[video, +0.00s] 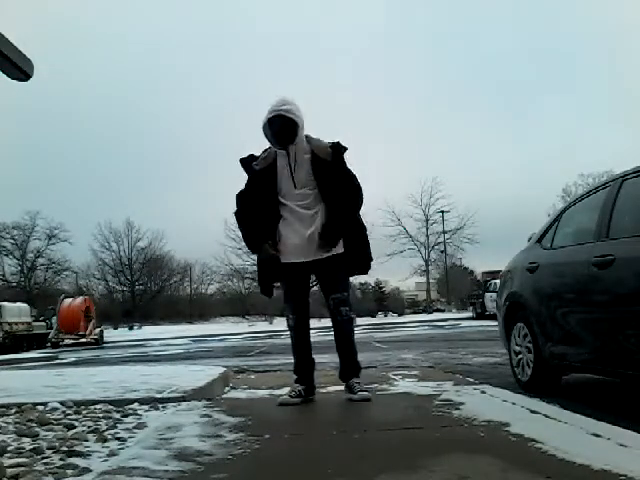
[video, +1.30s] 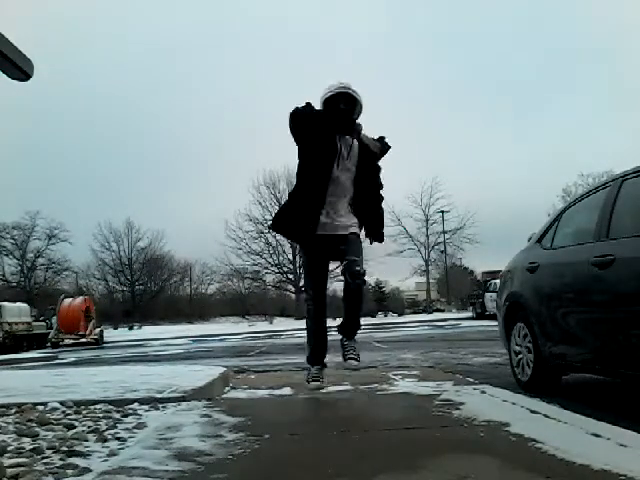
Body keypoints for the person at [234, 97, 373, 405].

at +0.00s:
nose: (279, 131)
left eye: (284, 124)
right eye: (273, 126)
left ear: (297, 125)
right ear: (267, 130)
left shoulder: (326, 155)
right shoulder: (263, 167)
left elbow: (352, 194)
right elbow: (247, 209)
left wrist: (337, 228)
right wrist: (261, 244)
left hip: (329, 251)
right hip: (288, 256)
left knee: (342, 314)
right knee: (297, 322)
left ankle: (352, 380)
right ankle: (304, 385)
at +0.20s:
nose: (304, 128)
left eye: (311, 122)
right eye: (298, 123)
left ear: (321, 125)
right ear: (289, 127)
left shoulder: (337, 160)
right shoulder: (278, 163)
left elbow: (348, 202)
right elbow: (260, 197)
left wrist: (312, 211)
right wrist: (282, 212)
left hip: (335, 254)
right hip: (295, 256)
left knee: (343, 317)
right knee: (300, 322)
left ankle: (351, 382)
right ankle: (304, 384)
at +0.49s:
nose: (333, 131)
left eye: (339, 125)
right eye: (327, 124)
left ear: (348, 129)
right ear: (316, 127)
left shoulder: (360, 164)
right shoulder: (300, 162)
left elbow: (368, 203)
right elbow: (286, 201)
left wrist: (327, 198)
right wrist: (323, 200)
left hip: (349, 252)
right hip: (309, 251)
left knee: (350, 316)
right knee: (307, 318)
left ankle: (352, 382)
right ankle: (305, 384)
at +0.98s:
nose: (331, 126)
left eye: (337, 120)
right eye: (325, 120)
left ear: (348, 123)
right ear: (316, 123)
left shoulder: (366, 157)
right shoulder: (303, 158)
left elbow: (387, 193)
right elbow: (285, 200)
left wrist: (361, 196)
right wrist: (307, 183)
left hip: (353, 252)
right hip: (314, 252)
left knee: (350, 317)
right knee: (317, 318)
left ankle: (352, 381)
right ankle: (318, 383)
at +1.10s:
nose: (330, 130)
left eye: (336, 124)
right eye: (324, 124)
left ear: (345, 128)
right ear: (314, 128)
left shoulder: (361, 164)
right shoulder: (301, 164)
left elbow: (371, 207)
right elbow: (286, 206)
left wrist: (371, 235)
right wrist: (297, 212)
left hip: (354, 256)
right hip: (319, 257)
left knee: (361, 314)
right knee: (325, 322)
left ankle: (359, 373)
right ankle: (321, 383)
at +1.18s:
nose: (333, 134)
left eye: (339, 128)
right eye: (327, 128)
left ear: (348, 132)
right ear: (318, 131)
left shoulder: (361, 168)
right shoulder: (302, 163)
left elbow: (371, 217)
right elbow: (279, 201)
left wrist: (376, 260)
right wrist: (297, 170)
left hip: (350, 247)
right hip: (314, 252)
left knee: (360, 290)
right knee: (318, 322)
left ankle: (358, 344)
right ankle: (320, 384)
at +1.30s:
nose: (343, 111)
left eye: (348, 106)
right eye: (337, 105)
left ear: (357, 112)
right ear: (326, 108)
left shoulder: (365, 147)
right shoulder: (314, 131)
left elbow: (372, 191)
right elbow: (299, 122)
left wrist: (375, 226)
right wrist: (310, 113)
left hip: (348, 226)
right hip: (315, 225)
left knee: (356, 274)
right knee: (316, 295)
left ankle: (349, 337)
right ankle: (316, 363)